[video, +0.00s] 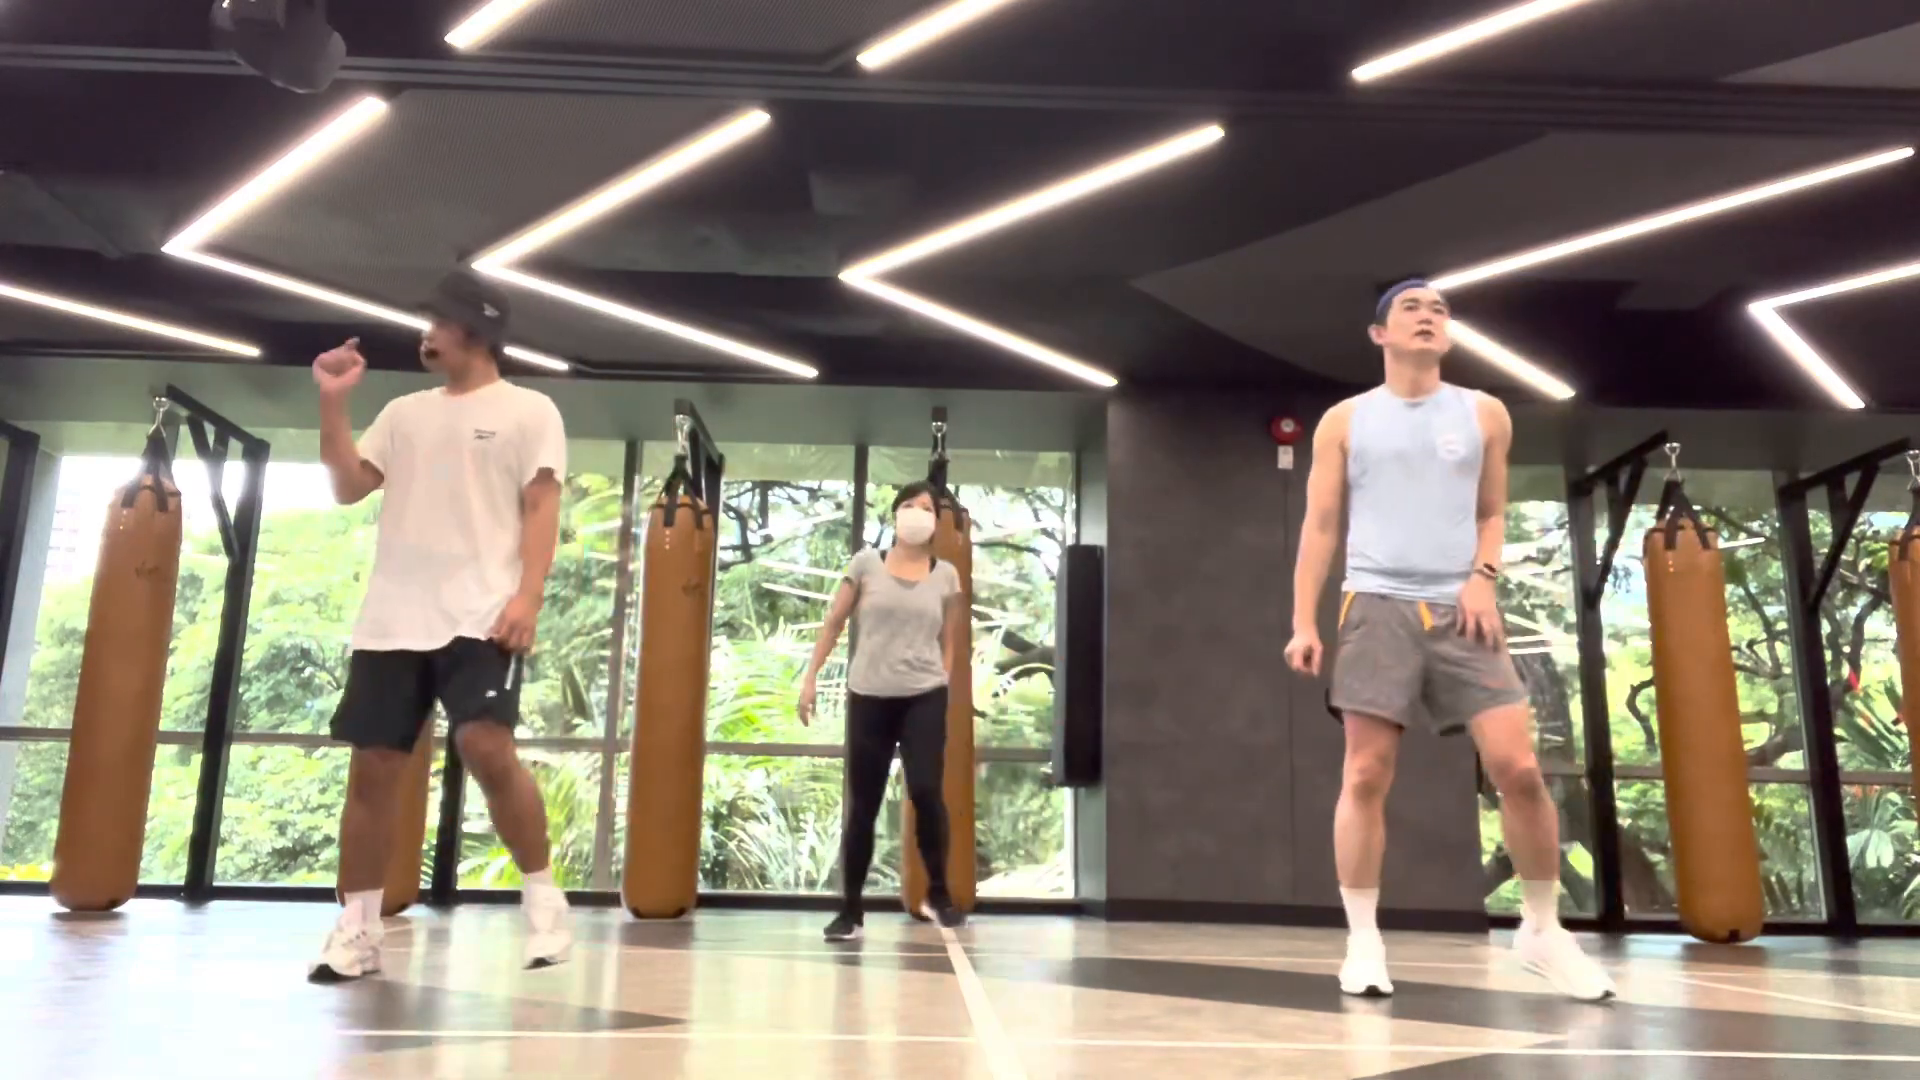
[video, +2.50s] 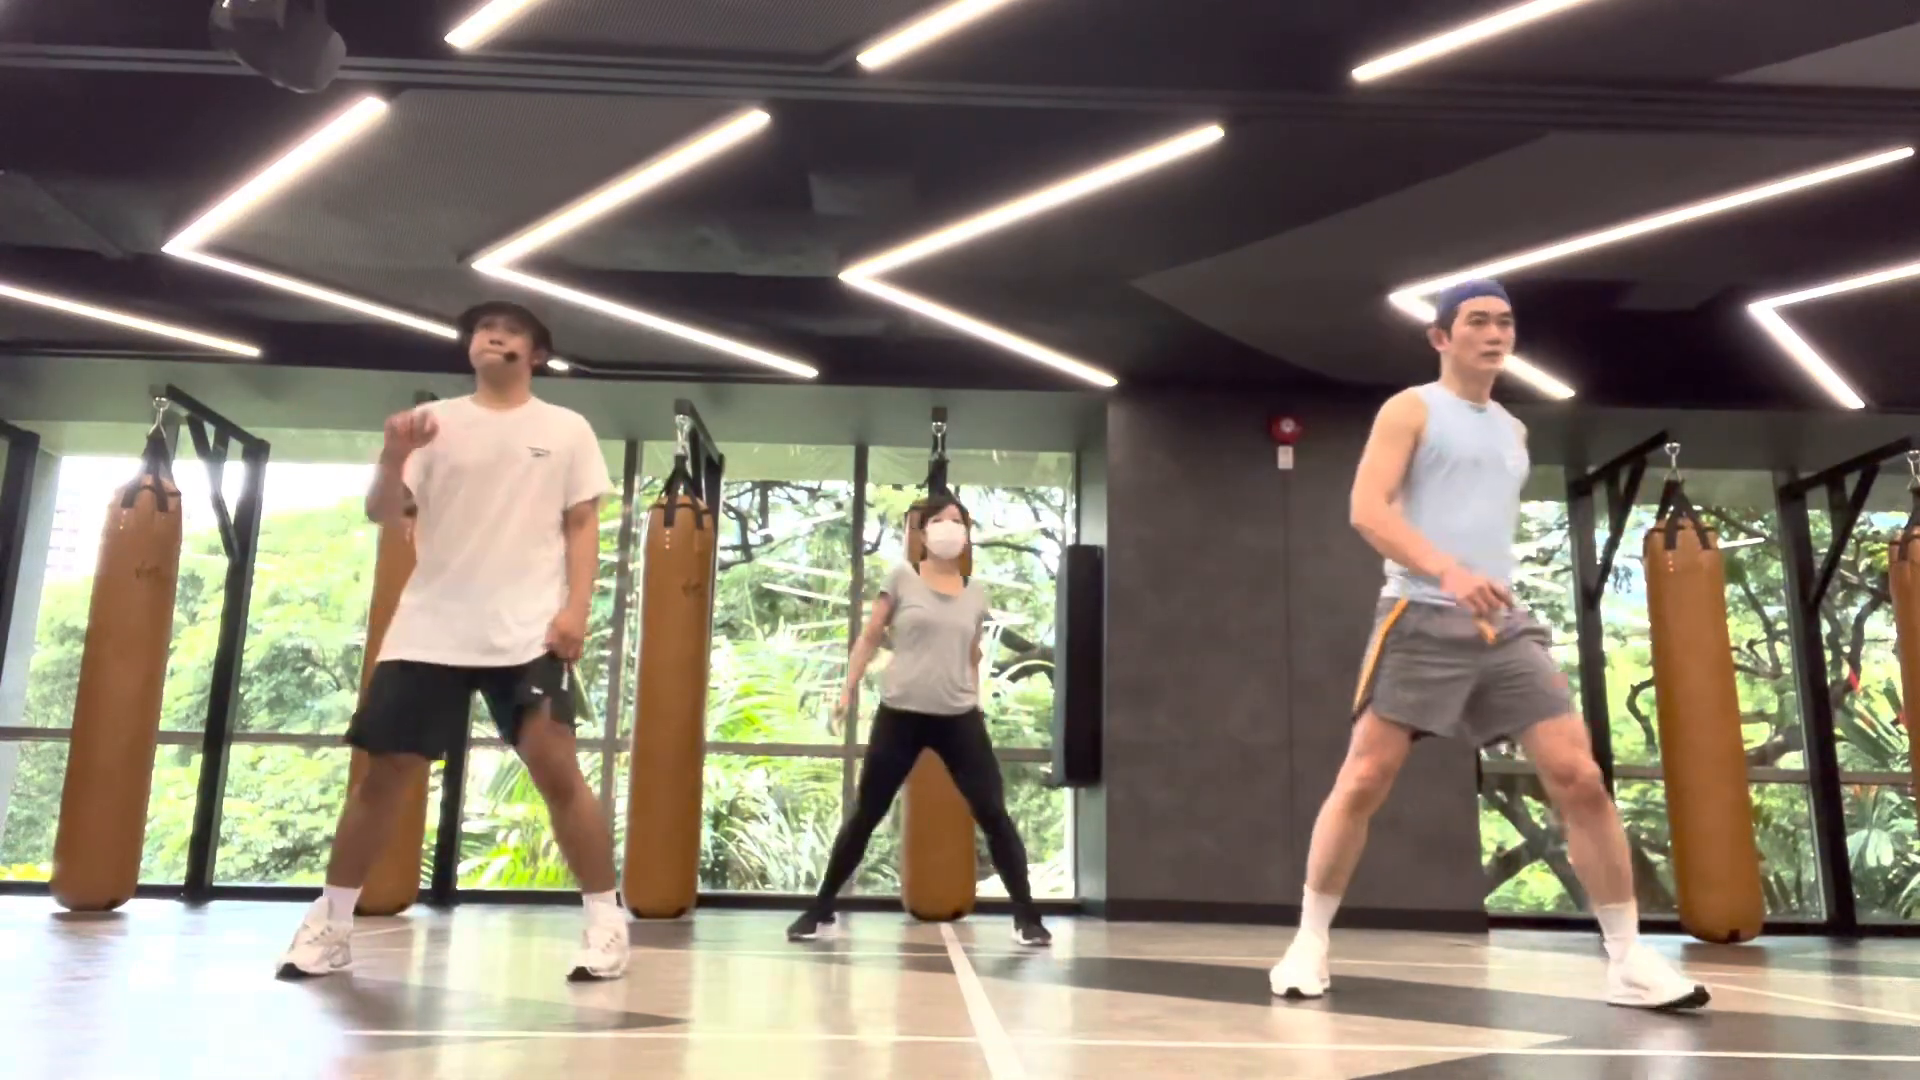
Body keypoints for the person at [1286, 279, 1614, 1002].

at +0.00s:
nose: (1427, 315)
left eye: (1438, 309)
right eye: (1411, 306)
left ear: (1451, 337)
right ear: (1379, 333)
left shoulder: (1486, 415)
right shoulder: (1343, 421)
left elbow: (1492, 513)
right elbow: (1320, 525)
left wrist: (1484, 573)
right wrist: (1305, 620)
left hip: (1464, 612)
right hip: (1377, 613)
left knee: (1521, 772)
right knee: (1366, 774)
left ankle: (1541, 932)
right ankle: (1363, 943)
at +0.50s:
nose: (1441, 326)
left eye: (1450, 318)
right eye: (1426, 313)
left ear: (1456, 336)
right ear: (1388, 328)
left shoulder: (1475, 421)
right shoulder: (1347, 412)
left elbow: (1480, 520)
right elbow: (1322, 514)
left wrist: (1501, 585)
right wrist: (1327, 605)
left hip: (1474, 611)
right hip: (1389, 611)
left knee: (1535, 762)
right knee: (1370, 774)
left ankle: (1517, 928)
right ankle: (1363, 946)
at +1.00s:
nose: (1547, 316)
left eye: (1554, 307)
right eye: (1527, 310)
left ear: (1569, 327)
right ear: (1499, 338)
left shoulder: (1602, 416)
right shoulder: (1469, 412)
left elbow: (1621, 492)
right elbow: (1425, 511)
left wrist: (1640, 524)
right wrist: (1428, 603)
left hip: (1597, 614)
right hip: (1512, 614)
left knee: (1627, 775)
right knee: (1521, 775)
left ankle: (1630, 956)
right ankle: (1491, 919)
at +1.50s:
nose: (1503, 314)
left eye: (1515, 306)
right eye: (1485, 309)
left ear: (1533, 333)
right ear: (1459, 340)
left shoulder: (1571, 396)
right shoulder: (1430, 430)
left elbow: (1617, 490)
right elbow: (1417, 532)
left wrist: (1616, 399)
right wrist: (1400, 617)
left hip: (1561, 625)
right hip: (1462, 623)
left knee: (1623, 775)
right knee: (1409, 756)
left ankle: (1631, 958)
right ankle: (1352, 928)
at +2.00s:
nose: (1403, 309)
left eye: (1412, 300)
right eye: (1386, 297)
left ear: (1421, 322)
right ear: (1351, 317)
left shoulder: (1447, 411)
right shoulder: (1307, 405)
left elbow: (1448, 523)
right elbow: (1258, 502)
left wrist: (1445, 610)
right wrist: (1250, 580)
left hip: (1422, 607)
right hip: (1336, 603)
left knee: (1416, 780)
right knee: (1317, 768)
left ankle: (1356, 919)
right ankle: (1304, 940)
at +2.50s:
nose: (1494, 333)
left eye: (1503, 322)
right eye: (1478, 321)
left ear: (1513, 339)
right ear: (1442, 337)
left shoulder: (1513, 434)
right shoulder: (1410, 409)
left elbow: (1487, 530)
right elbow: (1368, 510)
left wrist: (1503, 607)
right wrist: (1451, 571)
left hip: (1505, 627)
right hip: (1421, 622)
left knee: (1580, 777)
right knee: (1363, 778)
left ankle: (1627, 960)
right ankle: (1309, 942)